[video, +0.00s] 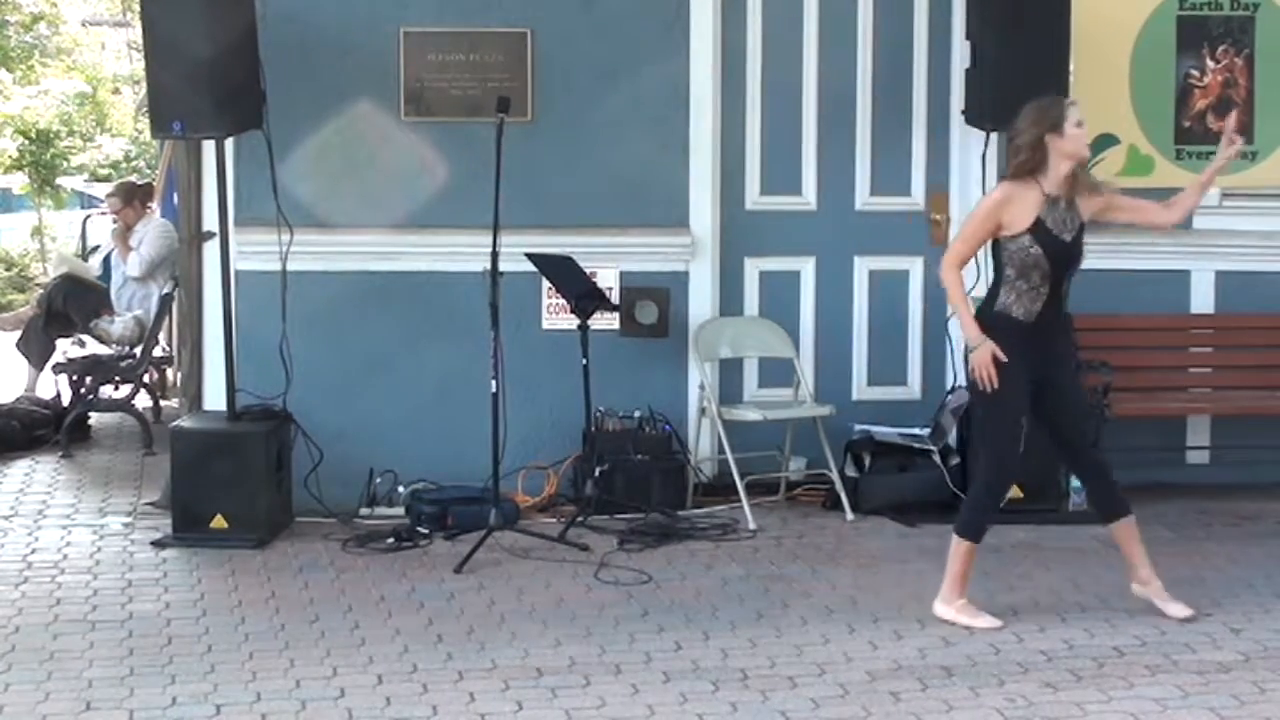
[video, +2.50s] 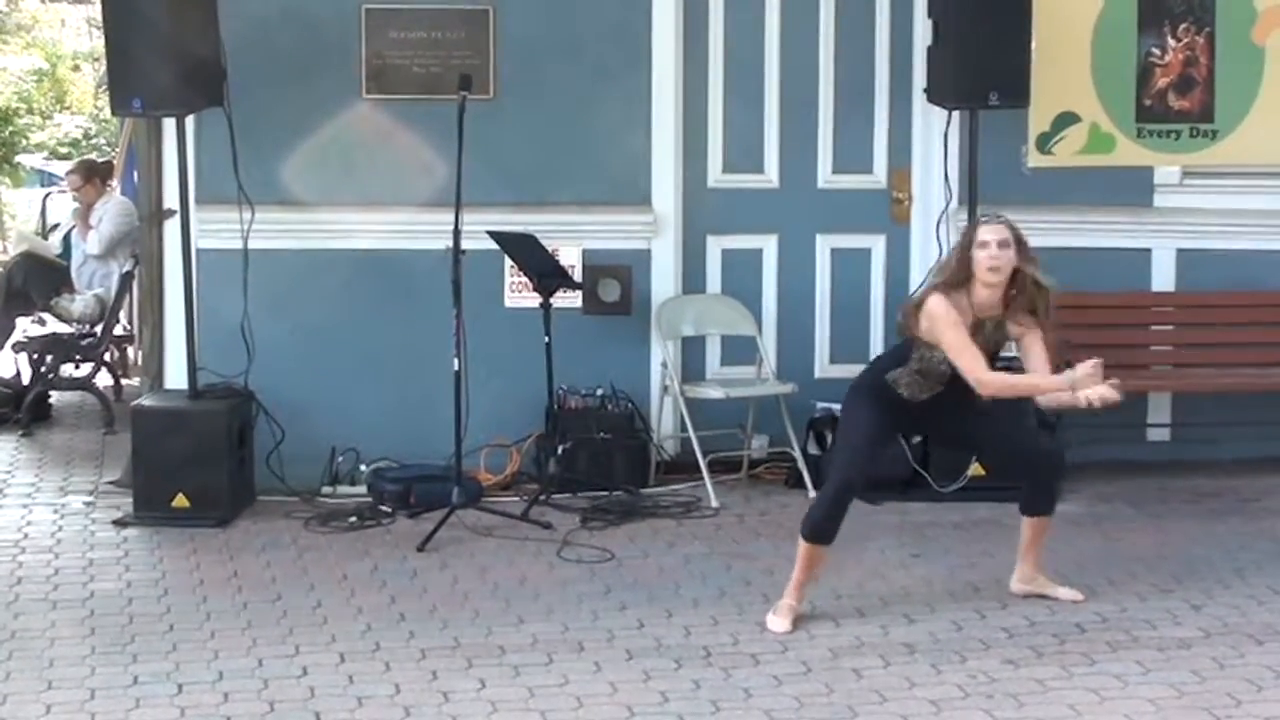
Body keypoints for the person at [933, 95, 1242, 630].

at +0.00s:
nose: (1088, 135)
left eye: (1086, 127)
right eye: (1077, 127)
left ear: (1069, 139)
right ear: (1048, 138)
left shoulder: (1087, 200)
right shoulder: (1009, 196)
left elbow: (1169, 214)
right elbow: (951, 265)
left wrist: (1220, 162)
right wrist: (975, 339)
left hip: (1053, 349)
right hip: (1002, 347)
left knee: (1091, 460)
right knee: (995, 469)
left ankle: (1146, 578)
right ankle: (949, 598)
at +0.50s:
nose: (1055, 163)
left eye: (1068, 153)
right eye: (1054, 155)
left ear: (1101, 164)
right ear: (1058, 168)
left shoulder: (1133, 229)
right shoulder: (1037, 220)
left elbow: (1219, 248)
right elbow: (951, 247)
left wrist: (1267, 208)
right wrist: (914, 193)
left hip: (1083, 375)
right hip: (1022, 366)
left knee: (1137, 482)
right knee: (963, 467)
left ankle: (1107, 591)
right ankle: (887, 587)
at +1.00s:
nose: (908, 176)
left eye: (921, 170)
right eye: (909, 168)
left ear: (948, 185)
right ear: (909, 181)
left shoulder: (963, 248)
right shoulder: (898, 235)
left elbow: (931, 337)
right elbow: (893, 317)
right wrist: (868, 382)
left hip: (986, 368)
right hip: (924, 367)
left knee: (1043, 474)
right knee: (878, 471)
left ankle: (1088, 581)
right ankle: (862, 597)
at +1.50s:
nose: (1004, 86)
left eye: (1002, 77)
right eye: (994, 78)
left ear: (977, 90)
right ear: (962, 88)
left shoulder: (1004, 156)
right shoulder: (927, 148)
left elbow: (1066, 216)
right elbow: (872, 223)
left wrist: (1145, 210)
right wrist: (914, 291)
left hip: (992, 306)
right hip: (936, 307)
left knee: (1022, 422)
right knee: (911, 433)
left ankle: (1056, 538)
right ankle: (875, 567)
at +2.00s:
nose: (1116, 197)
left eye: (1115, 187)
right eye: (1107, 188)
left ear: (1087, 198)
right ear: (1079, 196)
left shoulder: (1086, 252)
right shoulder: (1058, 242)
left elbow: (1149, 319)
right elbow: (1135, 302)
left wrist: (1224, 292)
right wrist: (1203, 270)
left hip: (1000, 370)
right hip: (953, 356)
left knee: (1071, 457)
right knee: (894, 463)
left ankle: (1030, 572)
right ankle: (801, 584)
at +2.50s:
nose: (993, 254)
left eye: (1004, 246)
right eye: (983, 246)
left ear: (1019, 259)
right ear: (967, 257)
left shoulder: (1022, 317)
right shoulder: (939, 304)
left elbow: (1042, 392)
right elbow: (986, 383)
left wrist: (1081, 396)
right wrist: (1067, 381)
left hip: (954, 396)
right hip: (888, 392)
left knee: (1044, 457)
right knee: (844, 477)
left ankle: (1028, 573)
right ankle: (793, 596)